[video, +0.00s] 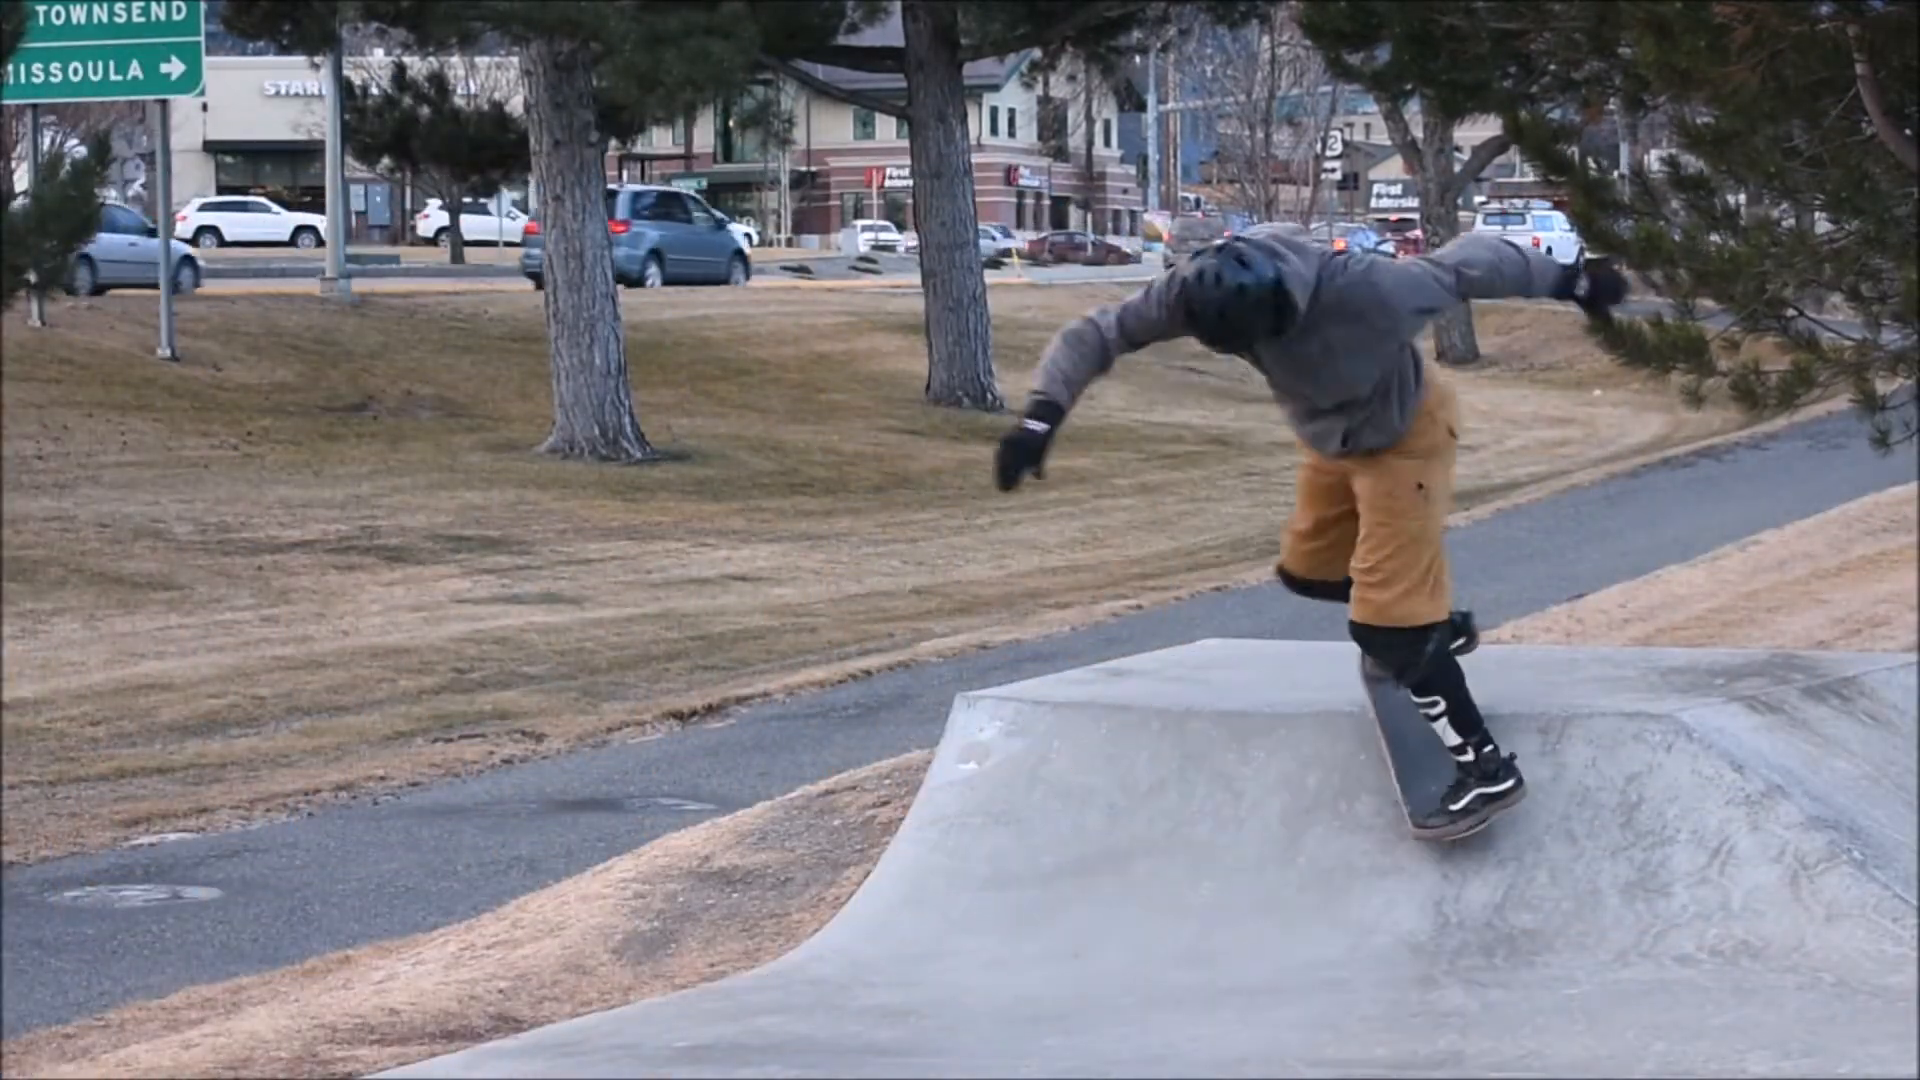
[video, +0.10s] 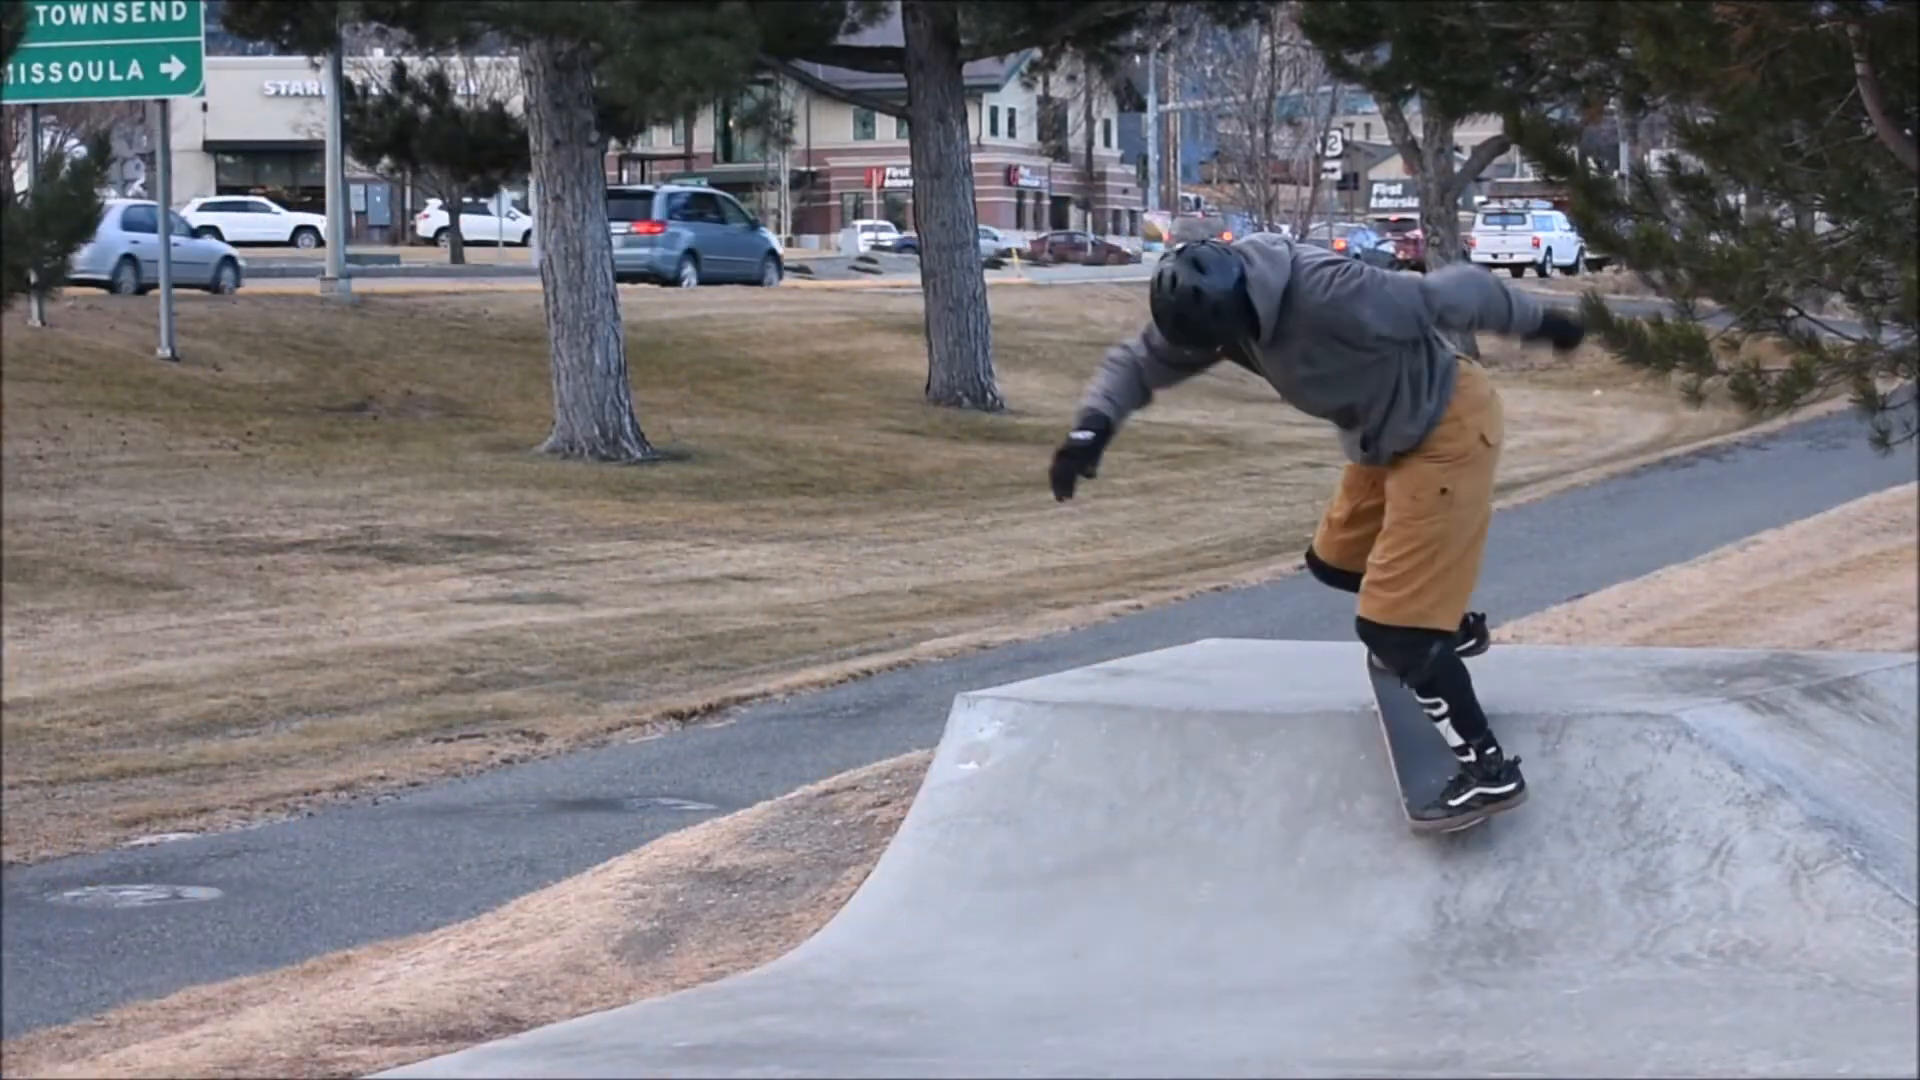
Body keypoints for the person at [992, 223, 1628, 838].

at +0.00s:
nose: (1244, 349)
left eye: (1248, 338)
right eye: (1229, 340)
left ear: (1271, 307)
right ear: (1205, 308)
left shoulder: (1364, 288)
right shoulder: (1205, 288)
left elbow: (1470, 266)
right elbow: (1098, 334)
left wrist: (1570, 277)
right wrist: (1040, 416)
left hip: (1404, 430)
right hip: (1329, 435)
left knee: (1396, 624)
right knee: (1313, 568)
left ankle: (1486, 763)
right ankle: (1439, 630)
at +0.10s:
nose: (1207, 357)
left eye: (1209, 345)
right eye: (1196, 347)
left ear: (1233, 313)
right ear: (1203, 309)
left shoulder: (1334, 297)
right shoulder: (1215, 301)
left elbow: (1455, 292)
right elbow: (1139, 362)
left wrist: (1544, 320)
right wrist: (1090, 428)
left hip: (1448, 422)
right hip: (1382, 432)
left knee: (1398, 625)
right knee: (1336, 562)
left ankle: (1488, 765)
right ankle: (1451, 629)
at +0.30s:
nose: (1215, 353)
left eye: (1211, 341)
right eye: (1205, 348)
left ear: (1224, 306)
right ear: (1225, 292)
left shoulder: (1313, 317)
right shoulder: (1265, 331)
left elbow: (1435, 327)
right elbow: (1217, 408)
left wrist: (1535, 391)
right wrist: (1152, 492)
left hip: (1476, 447)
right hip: (1419, 447)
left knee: (1399, 645)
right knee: (1355, 560)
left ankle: (1488, 786)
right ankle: (1457, 636)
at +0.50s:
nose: (1218, 349)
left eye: (1212, 335)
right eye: (1206, 343)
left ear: (1225, 302)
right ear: (1223, 302)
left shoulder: (1314, 305)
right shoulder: (1269, 358)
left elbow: (1400, 283)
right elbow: (1240, 444)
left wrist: (1501, 287)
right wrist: (1183, 526)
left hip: (1468, 471)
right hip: (1425, 478)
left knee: (1406, 683)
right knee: (1379, 624)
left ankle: (1472, 863)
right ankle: (1486, 735)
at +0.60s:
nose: (1204, 370)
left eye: (1200, 355)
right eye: (1193, 362)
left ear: (1217, 318)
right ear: (1209, 325)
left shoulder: (1301, 315)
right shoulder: (1259, 386)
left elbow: (1386, 277)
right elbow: (1216, 474)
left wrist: (1488, 263)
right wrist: (1140, 548)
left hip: (1465, 497)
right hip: (1459, 494)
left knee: (1380, 703)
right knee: (1437, 679)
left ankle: (1439, 878)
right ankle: (1497, 812)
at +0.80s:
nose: (1169, 363)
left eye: (1166, 346)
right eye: (1158, 354)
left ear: (1190, 316)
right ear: (1180, 328)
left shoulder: (1275, 330)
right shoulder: (1237, 395)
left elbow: (1392, 323)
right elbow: (1231, 505)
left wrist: (1497, 362)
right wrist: (1174, 567)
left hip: (1433, 518)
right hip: (1435, 522)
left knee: (1322, 717)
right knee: (1392, 737)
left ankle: (1397, 907)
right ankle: (1461, 886)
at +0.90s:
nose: (1152, 340)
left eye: (1153, 321)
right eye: (1141, 329)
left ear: (1183, 293)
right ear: (1155, 313)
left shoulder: (1264, 324)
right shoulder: (1224, 374)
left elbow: (1389, 366)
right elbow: (1238, 501)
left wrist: (1457, 456)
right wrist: (1188, 582)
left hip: (1411, 523)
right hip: (1396, 530)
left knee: (1299, 724)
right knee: (1364, 739)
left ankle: (1376, 919)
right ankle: (1442, 893)